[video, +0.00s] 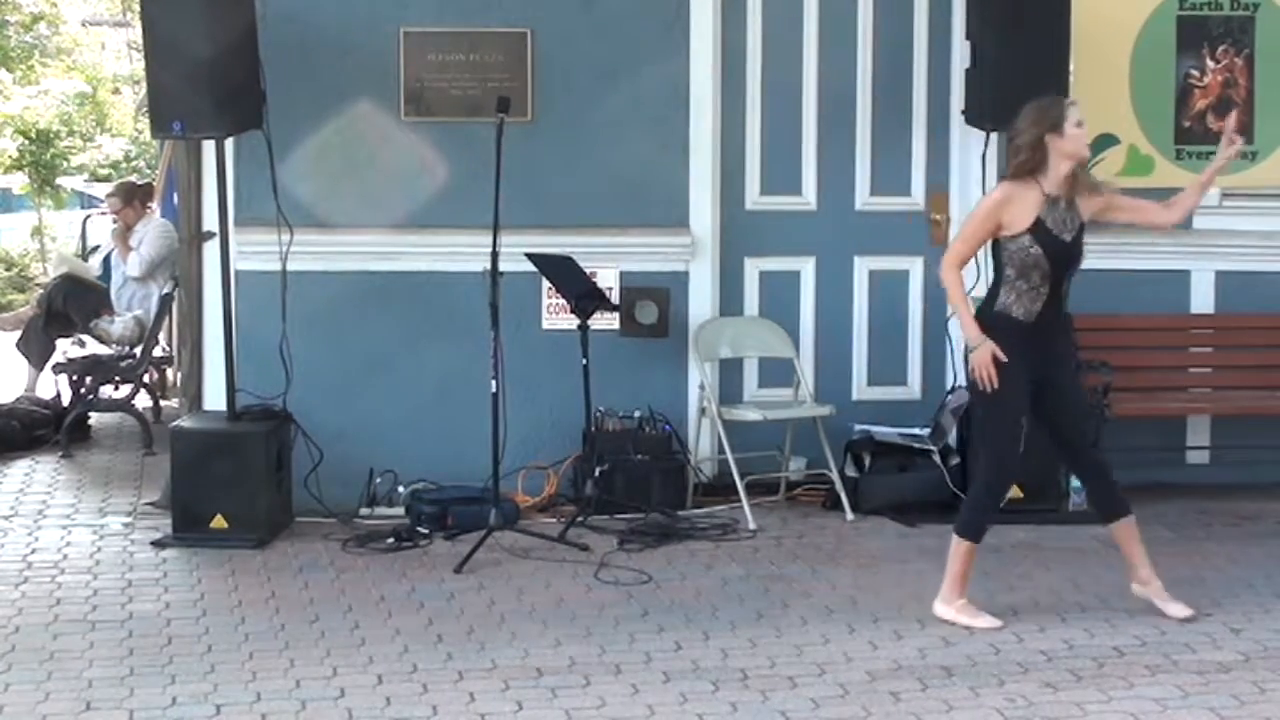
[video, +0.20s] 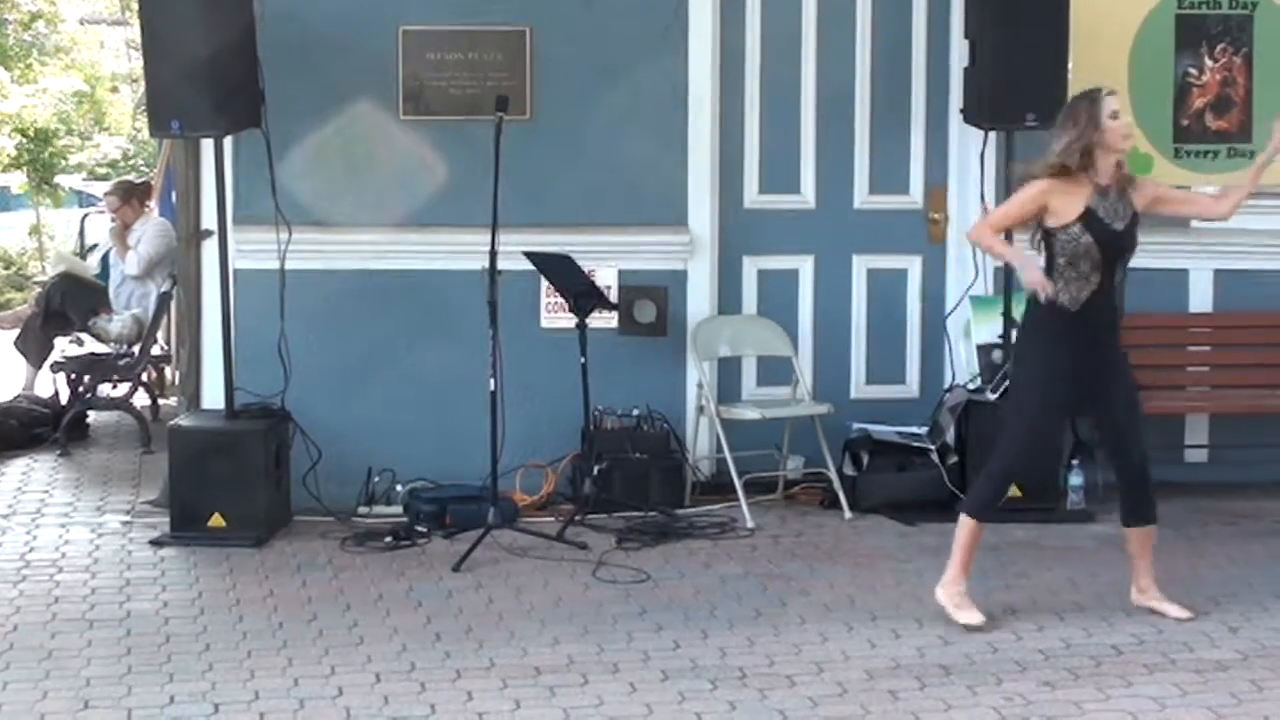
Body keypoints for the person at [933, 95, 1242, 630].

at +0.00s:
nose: (1088, 135)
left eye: (1086, 127)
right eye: (1077, 127)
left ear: (1069, 139)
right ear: (1048, 138)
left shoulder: (1087, 200)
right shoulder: (1009, 196)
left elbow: (1169, 214)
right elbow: (951, 265)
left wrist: (1220, 162)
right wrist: (975, 339)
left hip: (1053, 349)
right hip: (1002, 347)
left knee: (1091, 460)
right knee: (995, 469)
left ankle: (1146, 578)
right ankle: (949, 598)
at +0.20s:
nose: (1129, 125)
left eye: (1127, 115)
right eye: (1116, 116)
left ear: (1122, 128)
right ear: (1089, 130)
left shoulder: (1135, 191)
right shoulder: (1052, 190)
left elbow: (1220, 205)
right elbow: (980, 231)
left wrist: (1266, 156)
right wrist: (1024, 264)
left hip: (1102, 344)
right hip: (1049, 340)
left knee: (1131, 456)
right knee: (1013, 452)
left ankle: (1144, 586)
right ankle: (953, 582)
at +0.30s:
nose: (1110, 135)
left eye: (1117, 125)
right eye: (1098, 129)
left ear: (1133, 136)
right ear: (1084, 144)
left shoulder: (1149, 203)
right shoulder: (1060, 200)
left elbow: (1236, 214)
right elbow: (983, 240)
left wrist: (1273, 165)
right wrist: (983, 207)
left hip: (1105, 351)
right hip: (1049, 346)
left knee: (1138, 463)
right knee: (1008, 457)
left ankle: (1135, 589)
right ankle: (943, 581)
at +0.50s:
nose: (1055, 163)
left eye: (1068, 153)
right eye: (1054, 155)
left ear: (1101, 164)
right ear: (1058, 168)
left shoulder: (1133, 229)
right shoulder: (1037, 220)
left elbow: (1219, 248)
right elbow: (951, 247)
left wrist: (1267, 208)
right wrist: (914, 193)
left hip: (1083, 375)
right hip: (1022, 366)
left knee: (1137, 482)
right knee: (963, 467)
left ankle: (1107, 591)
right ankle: (887, 587)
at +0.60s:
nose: (1033, 172)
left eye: (1043, 164)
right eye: (1034, 163)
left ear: (1076, 174)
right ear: (1049, 176)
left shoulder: (1117, 243)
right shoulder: (1016, 231)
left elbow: (1194, 288)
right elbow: (931, 261)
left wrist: (1252, 270)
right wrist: (866, 229)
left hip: (1067, 384)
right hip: (1003, 375)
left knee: (1127, 485)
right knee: (941, 479)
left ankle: (1096, 589)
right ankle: (865, 594)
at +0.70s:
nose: (1008, 177)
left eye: (1019, 169)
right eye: (1010, 169)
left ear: (1050, 179)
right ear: (1026, 179)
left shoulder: (1086, 252)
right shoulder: (989, 237)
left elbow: (1143, 324)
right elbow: (911, 284)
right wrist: (835, 288)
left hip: (1048, 387)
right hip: (981, 378)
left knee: (1112, 482)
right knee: (927, 482)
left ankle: (1090, 590)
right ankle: (858, 599)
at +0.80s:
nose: (973, 182)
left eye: (985, 175)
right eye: (975, 174)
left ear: (1016, 186)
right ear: (999, 187)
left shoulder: (1050, 258)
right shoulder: (959, 244)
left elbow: (1057, 346)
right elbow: (902, 311)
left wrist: (1058, 429)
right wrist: (837, 346)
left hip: (1022, 391)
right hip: (955, 388)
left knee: (1093, 484)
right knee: (905, 485)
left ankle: (1087, 589)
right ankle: (858, 602)